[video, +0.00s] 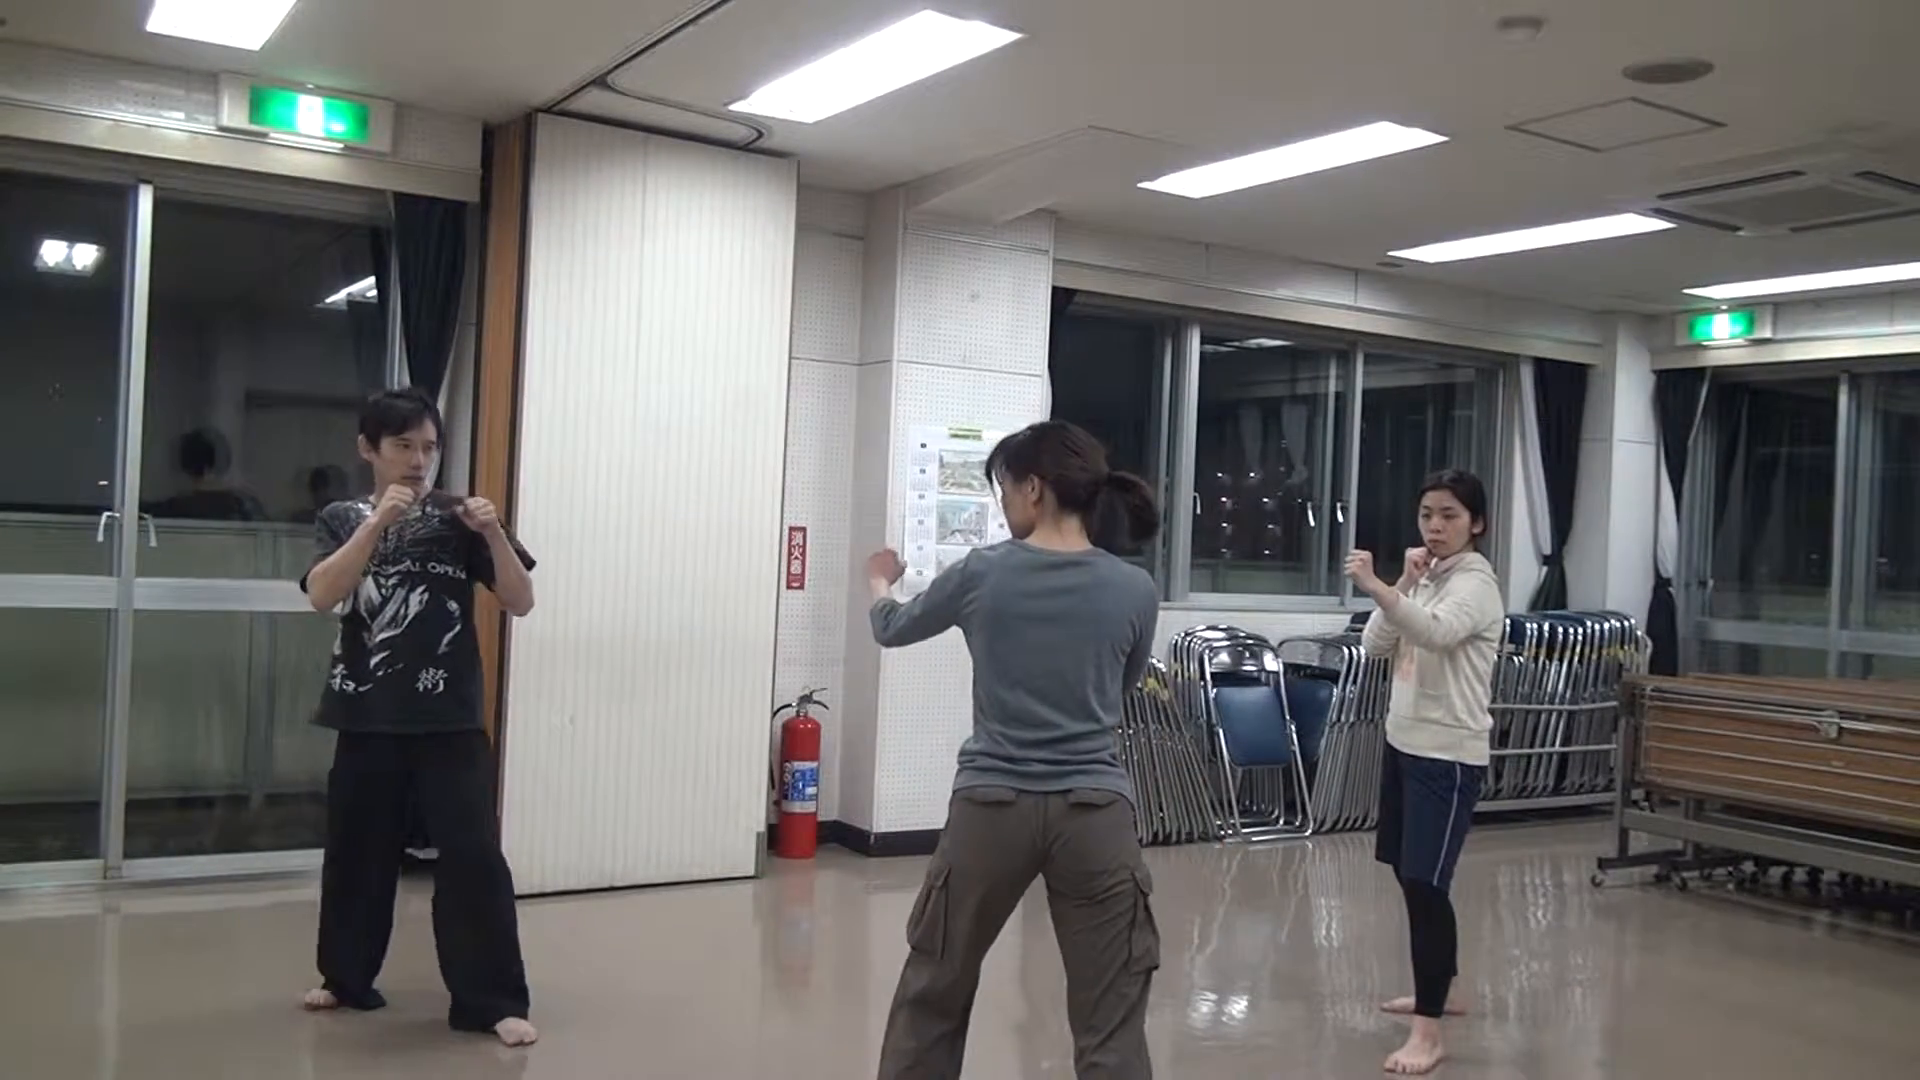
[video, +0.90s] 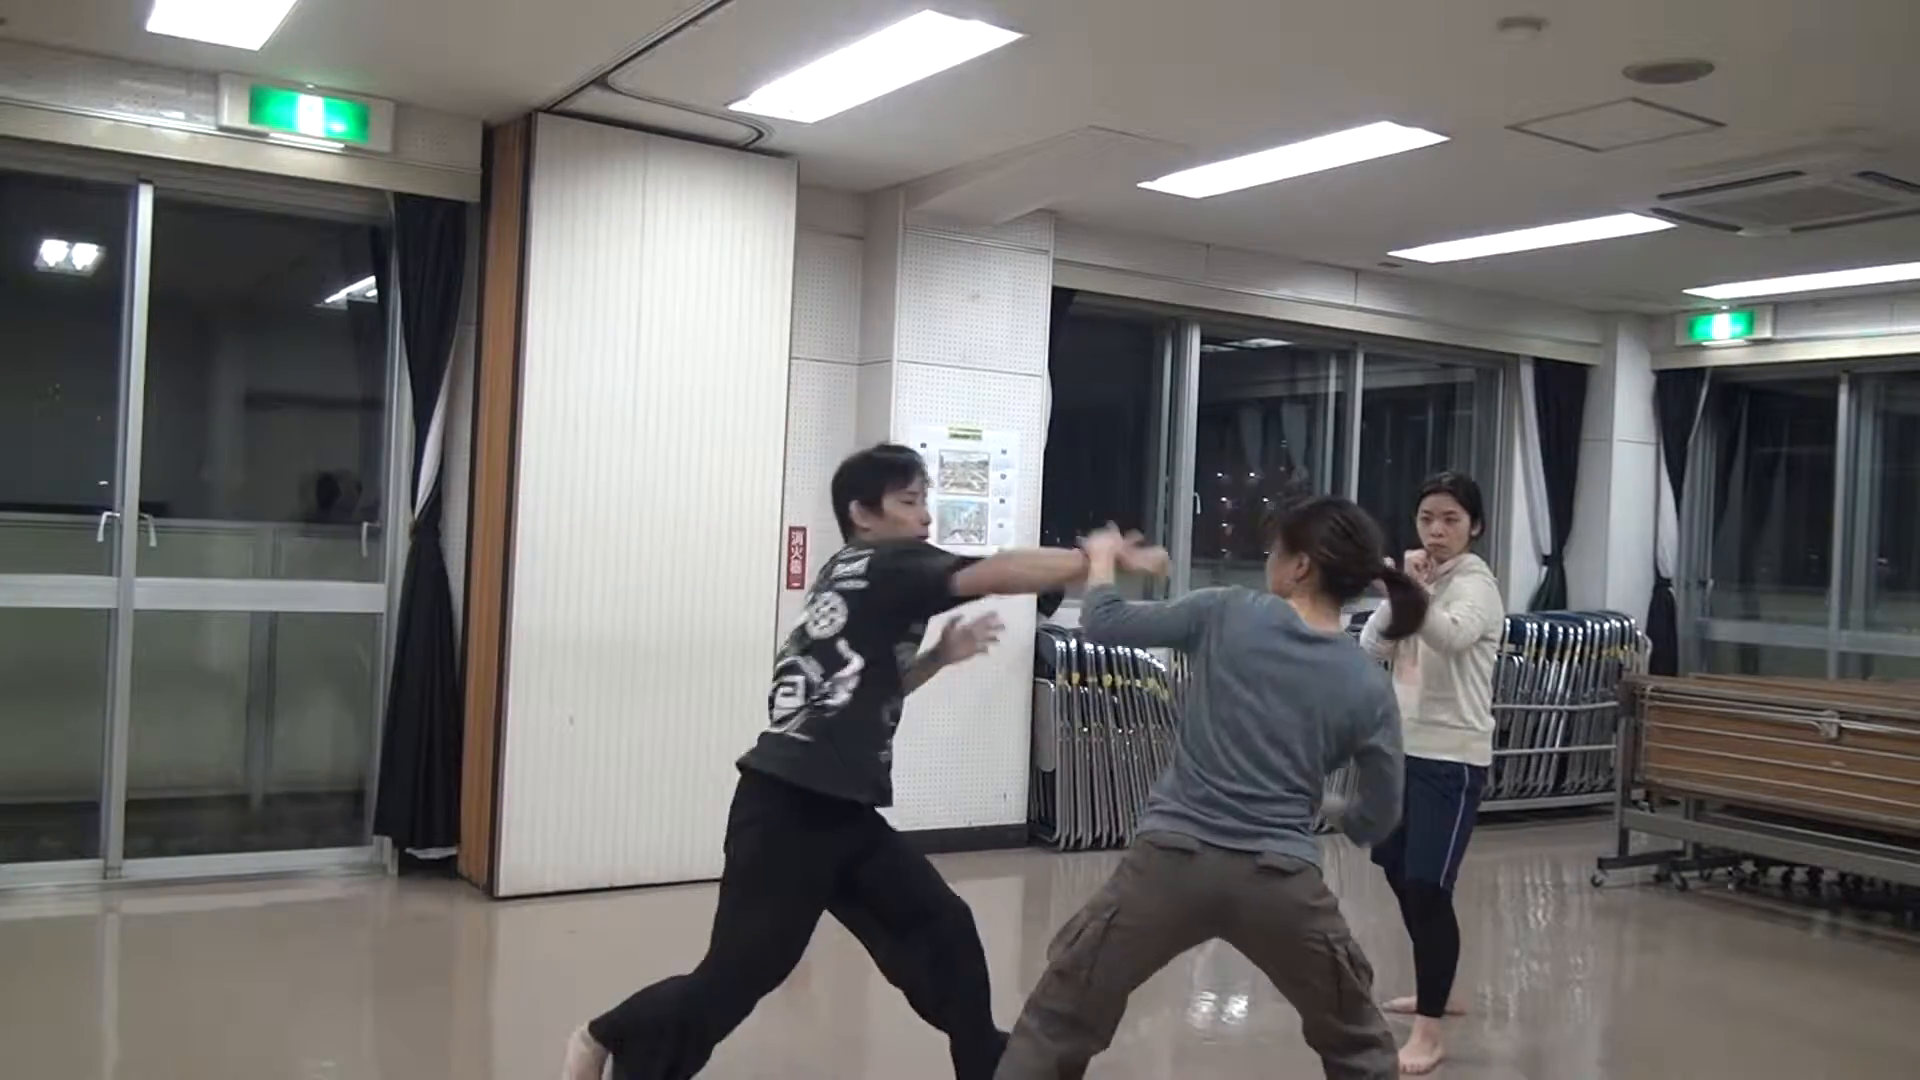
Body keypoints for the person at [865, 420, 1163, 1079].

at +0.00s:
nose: (1002, 507)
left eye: (1005, 491)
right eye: (1001, 492)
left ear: (1036, 490)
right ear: (1085, 494)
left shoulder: (983, 571)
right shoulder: (1136, 587)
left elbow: (895, 627)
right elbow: (1124, 682)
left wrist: (879, 585)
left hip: (992, 810)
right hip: (1097, 811)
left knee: (935, 987)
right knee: (1110, 1012)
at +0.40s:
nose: (1017, 543)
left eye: (1021, 529)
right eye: (1017, 529)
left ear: (1048, 536)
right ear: (1098, 537)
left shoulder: (992, 616)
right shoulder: (1147, 629)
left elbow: (903, 669)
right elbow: (1144, 721)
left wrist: (916, 628)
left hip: (1021, 864)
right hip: (1131, 860)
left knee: (920, 1010)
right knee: (1209, 1021)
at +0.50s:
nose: (1064, 550)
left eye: (1071, 536)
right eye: (1065, 537)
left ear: (1101, 543)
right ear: (1147, 545)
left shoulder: (1046, 625)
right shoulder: (1196, 640)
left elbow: (950, 689)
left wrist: (960, 649)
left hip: (1070, 874)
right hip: (1179, 871)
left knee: (955, 1018)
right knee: (1258, 1025)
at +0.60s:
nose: (1142, 555)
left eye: (1150, 543)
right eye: (1144, 543)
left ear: (1186, 549)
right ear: (1210, 552)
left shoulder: (1135, 631)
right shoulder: (1261, 648)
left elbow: (1044, 725)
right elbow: (1225, 731)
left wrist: (1002, 714)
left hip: (1132, 879)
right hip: (1231, 881)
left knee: (1010, 1024)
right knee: (1300, 1043)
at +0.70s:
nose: (1193, 563)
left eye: (1201, 548)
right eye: (1196, 548)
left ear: (1236, 556)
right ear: (1268, 561)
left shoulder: (1184, 630)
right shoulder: (1310, 661)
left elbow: (1092, 703)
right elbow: (1289, 750)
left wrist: (981, 704)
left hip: (1166, 881)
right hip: (1269, 889)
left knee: (1036, 1025)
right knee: (1318, 1050)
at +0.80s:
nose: (1230, 565)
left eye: (1238, 552)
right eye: (1233, 552)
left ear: (1271, 562)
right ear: (1303, 567)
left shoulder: (1202, 628)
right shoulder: (1345, 671)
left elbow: (1076, 643)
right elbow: (1319, 763)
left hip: (1174, 876)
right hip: (1284, 888)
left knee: (1054, 1035)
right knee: (1347, 1052)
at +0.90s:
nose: (1268, 563)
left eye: (1276, 553)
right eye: (1275, 551)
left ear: (1302, 565)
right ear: (1353, 582)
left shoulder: (1224, 612)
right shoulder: (1369, 685)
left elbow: (1104, 621)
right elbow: (1377, 818)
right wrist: (1314, 806)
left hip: (1168, 865)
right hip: (1279, 884)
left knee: (1056, 1025)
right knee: (1357, 1043)